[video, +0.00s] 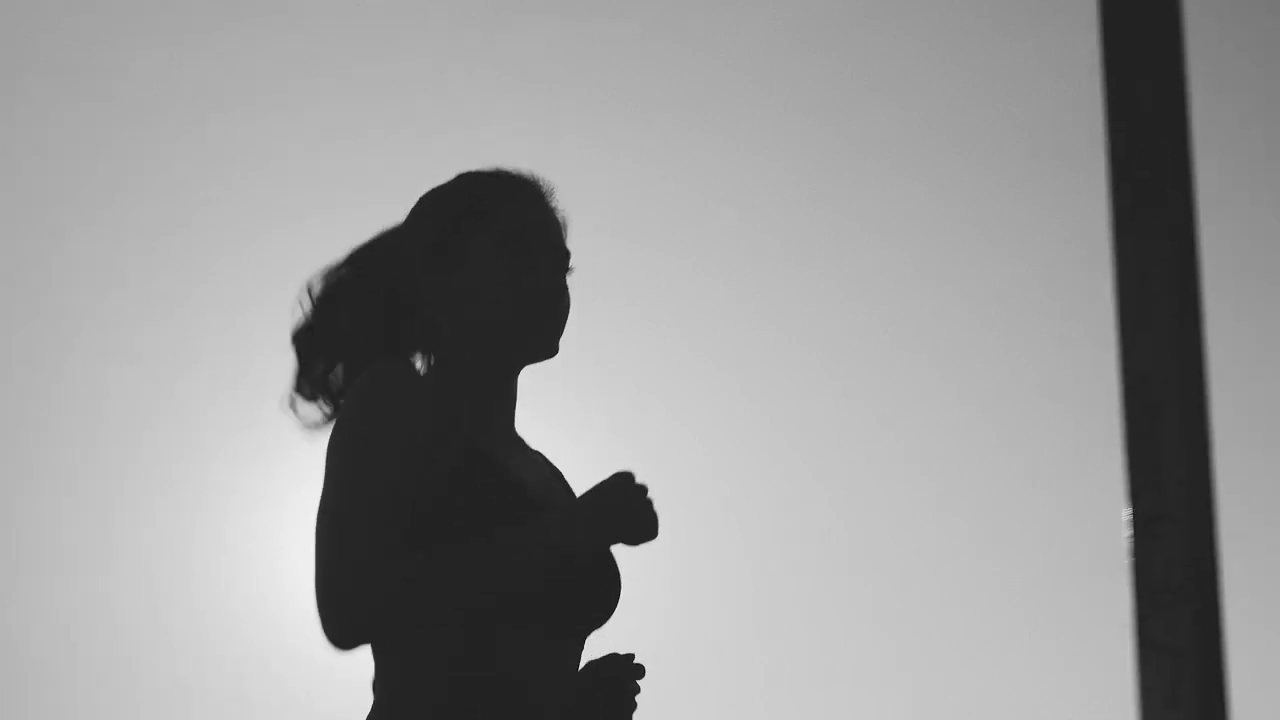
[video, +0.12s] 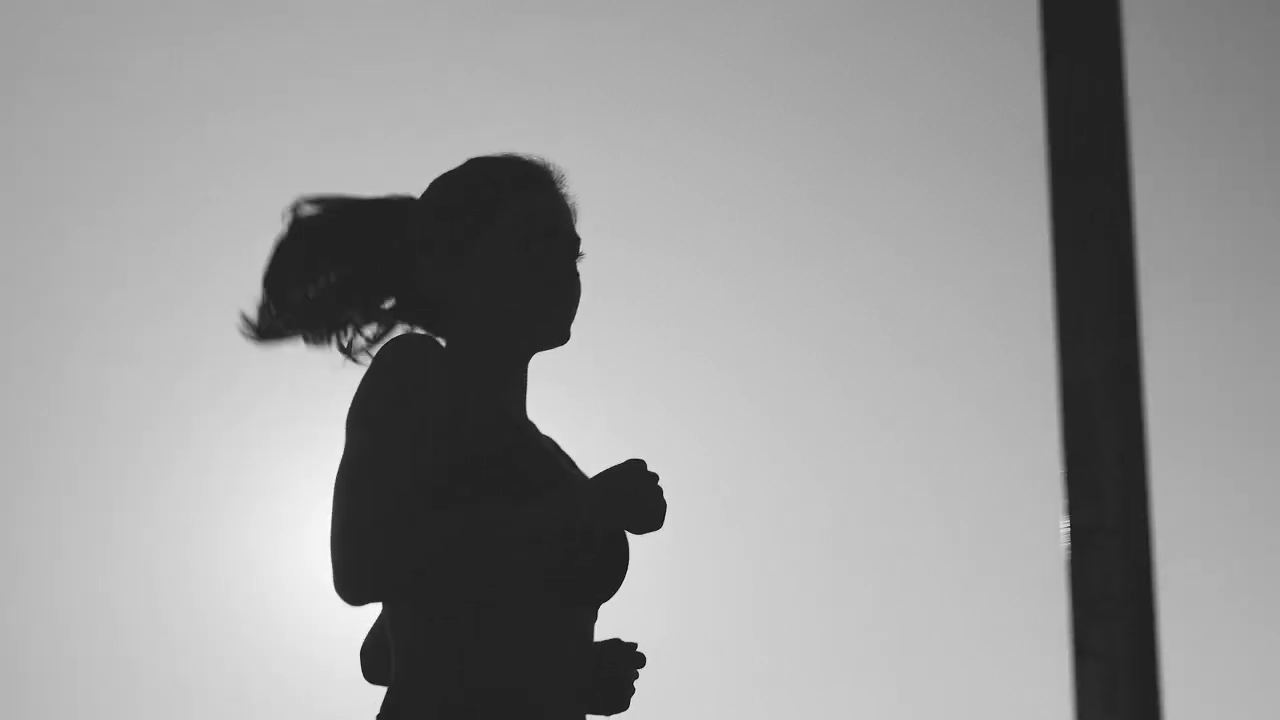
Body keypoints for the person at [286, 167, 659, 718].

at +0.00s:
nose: (563, 293)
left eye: (563, 268)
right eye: (543, 265)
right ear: (469, 275)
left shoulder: (540, 472)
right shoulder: (390, 407)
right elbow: (346, 609)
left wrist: (576, 697)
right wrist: (575, 529)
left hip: (531, 708)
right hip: (423, 705)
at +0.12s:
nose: (576, 272)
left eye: (573, 250)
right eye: (551, 246)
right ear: (474, 260)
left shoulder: (544, 461)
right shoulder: (415, 369)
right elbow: (360, 565)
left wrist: (577, 671)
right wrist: (581, 508)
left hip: (538, 705)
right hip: (442, 701)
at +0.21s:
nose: (583, 268)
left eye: (580, 248)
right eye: (556, 243)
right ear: (480, 261)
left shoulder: (560, 466)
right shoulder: (425, 369)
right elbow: (360, 557)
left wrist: (584, 669)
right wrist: (587, 518)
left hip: (549, 707)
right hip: (449, 702)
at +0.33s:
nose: (594, 289)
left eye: (594, 266)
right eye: (570, 263)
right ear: (489, 275)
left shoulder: (581, 481)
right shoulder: (435, 391)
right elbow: (341, 583)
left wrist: (608, 681)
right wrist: (575, 558)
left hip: (563, 708)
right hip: (462, 704)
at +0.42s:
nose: (602, 309)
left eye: (599, 285)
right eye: (574, 282)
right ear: (487, 306)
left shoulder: (587, 496)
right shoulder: (439, 423)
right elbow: (318, 617)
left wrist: (626, 696)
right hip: (470, 710)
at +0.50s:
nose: (608, 325)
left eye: (604, 306)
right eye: (583, 304)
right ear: (499, 331)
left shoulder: (606, 528)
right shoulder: (438, 459)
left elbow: (583, 698)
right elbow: (288, 658)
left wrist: (645, 705)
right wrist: (485, 674)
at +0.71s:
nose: (621, 356)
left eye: (618, 334)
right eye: (592, 332)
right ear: (508, 357)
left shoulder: (638, 557)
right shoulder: (435, 496)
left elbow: (659, 696)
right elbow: (241, 681)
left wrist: (704, 697)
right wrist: (410, 713)